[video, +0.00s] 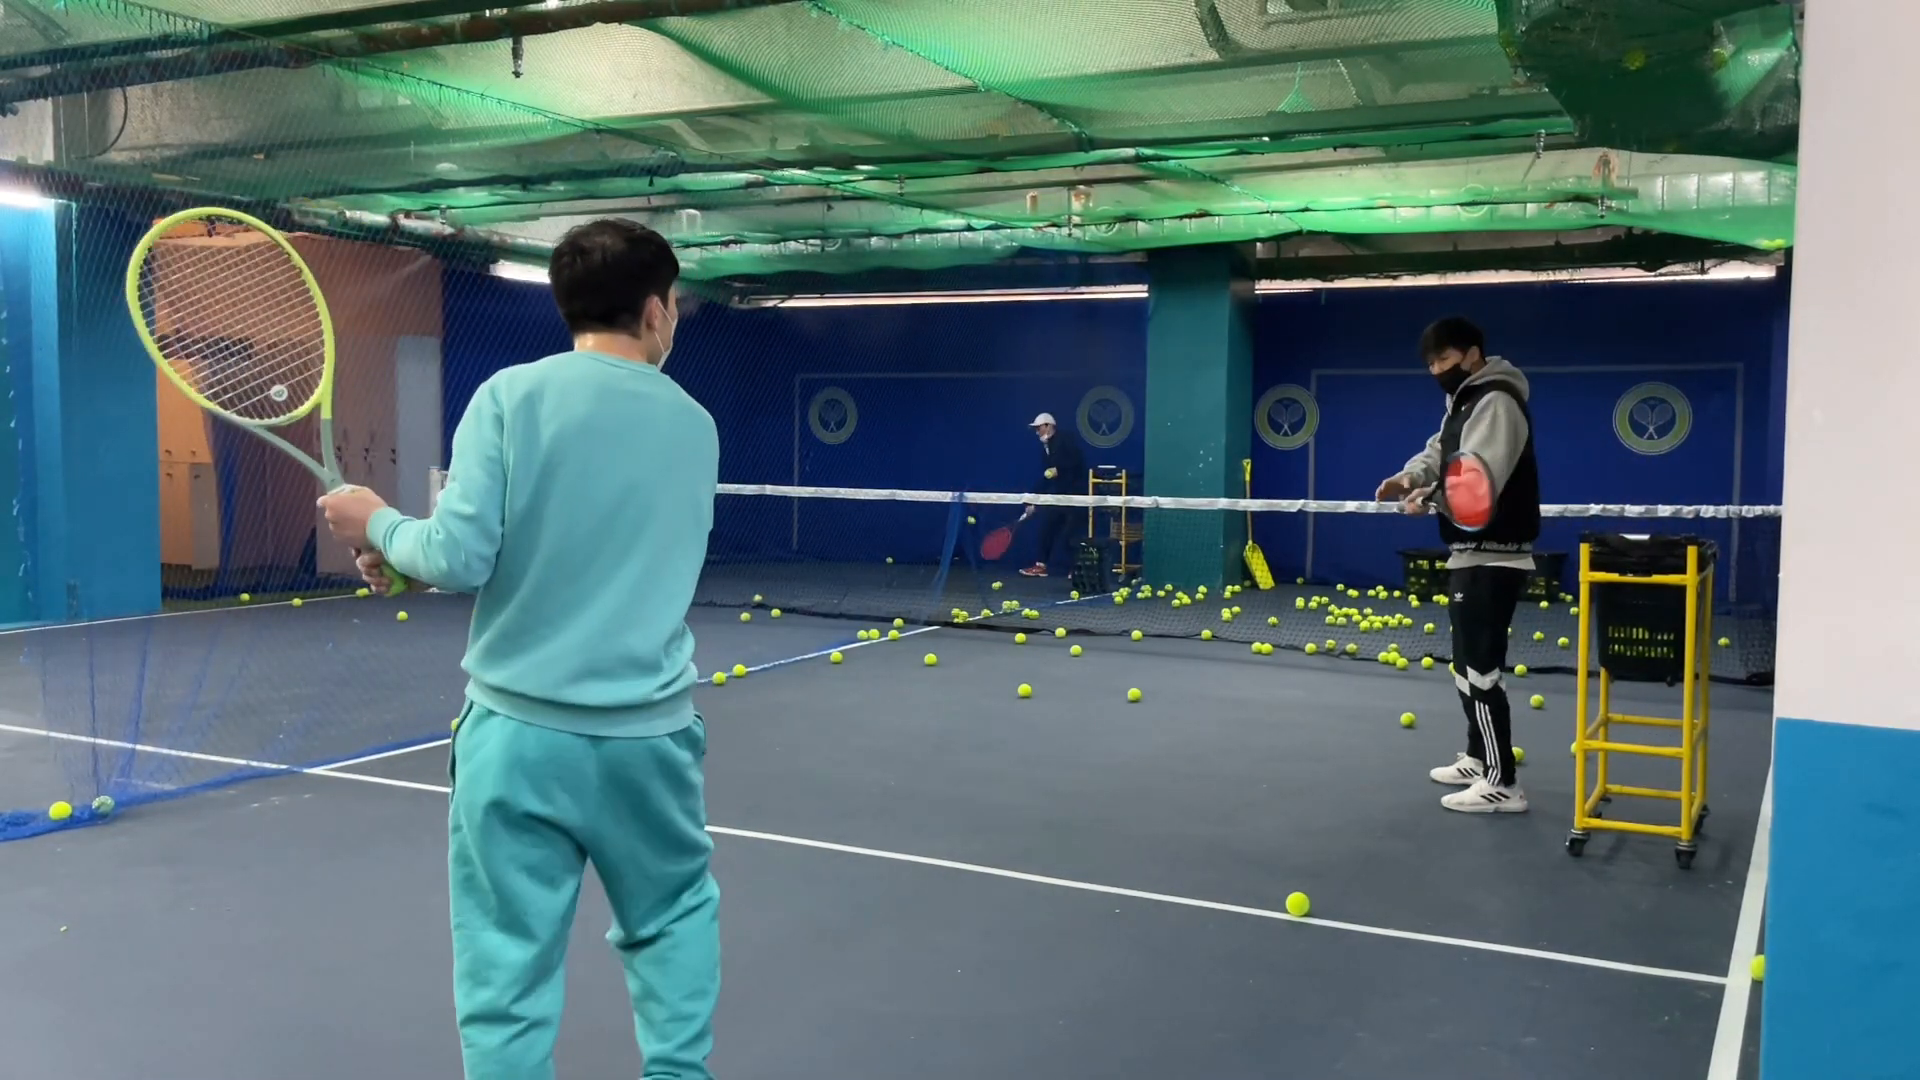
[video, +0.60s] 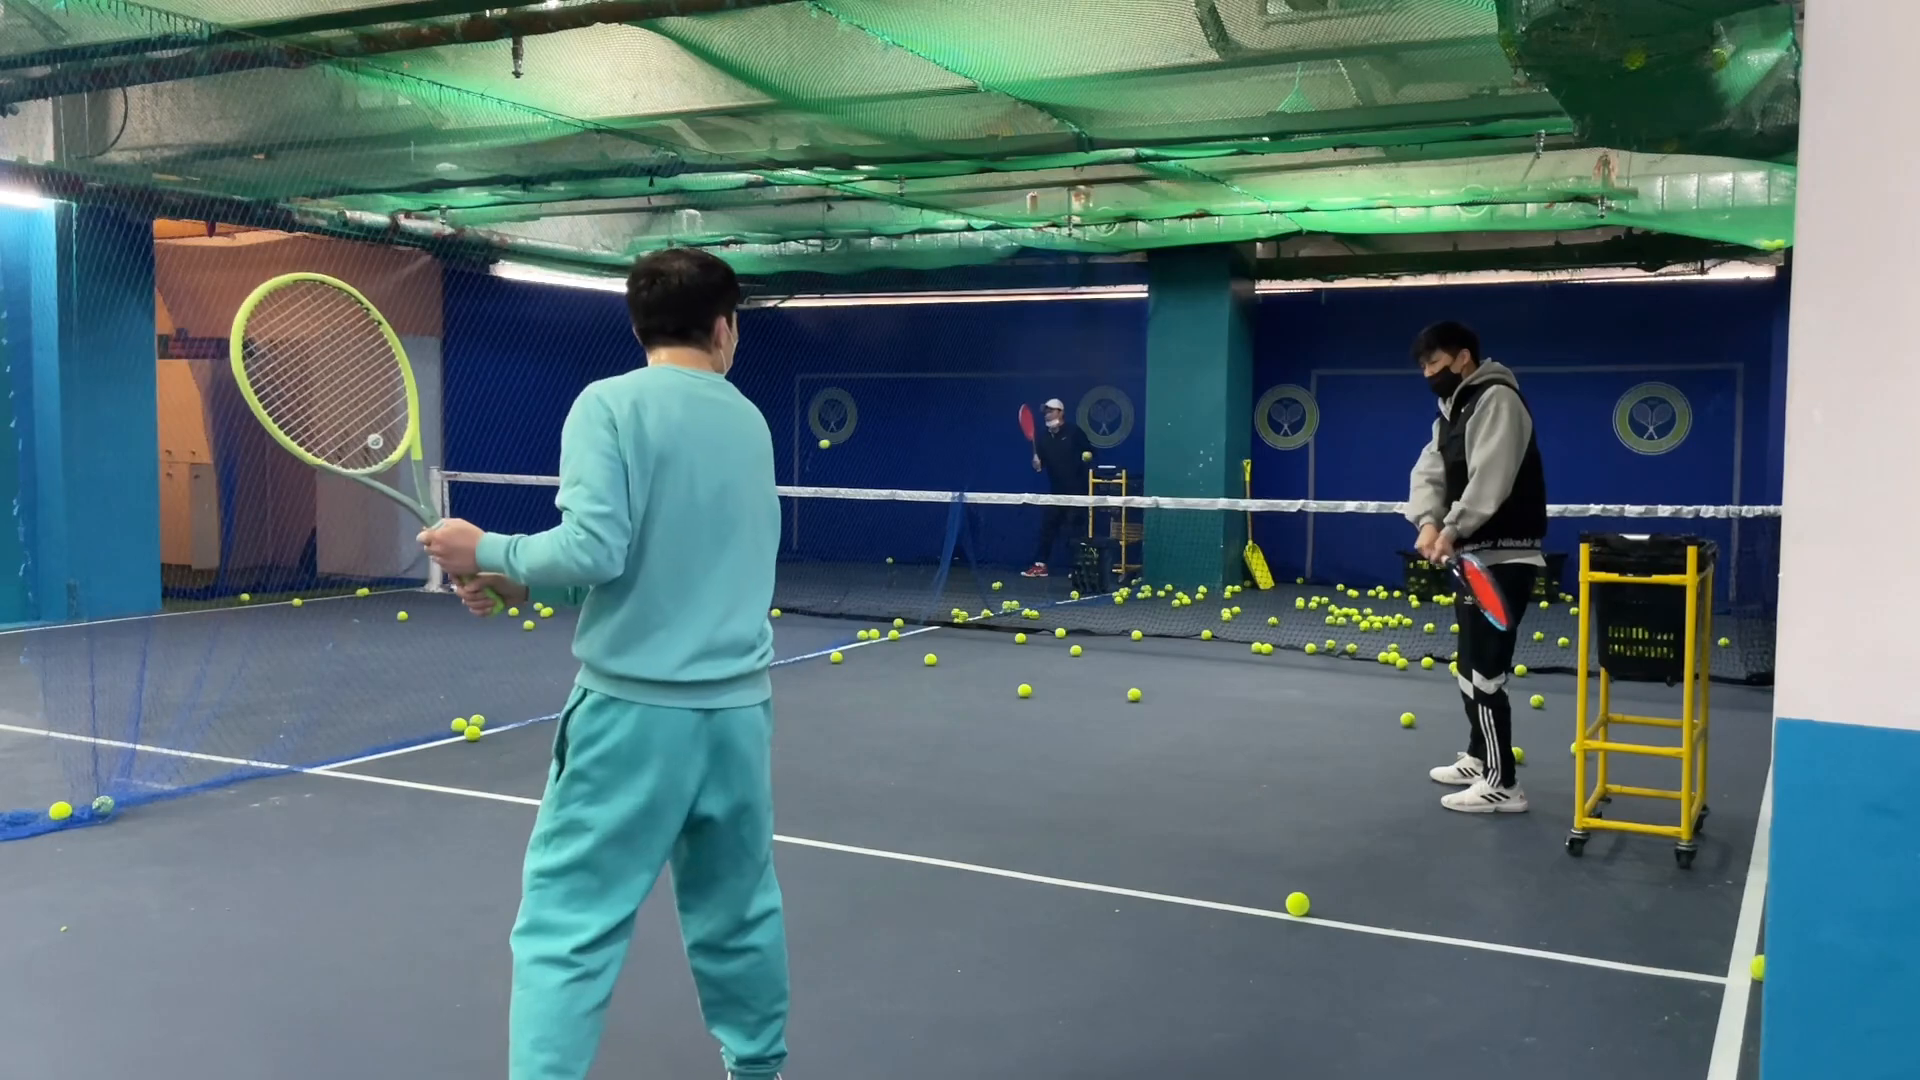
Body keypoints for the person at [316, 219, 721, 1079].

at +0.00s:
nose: (676, 314)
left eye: (674, 298)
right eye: (674, 298)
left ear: (567, 310)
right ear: (653, 308)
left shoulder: (508, 399)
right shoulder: (693, 425)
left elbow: (460, 555)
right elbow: (609, 544)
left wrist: (377, 520)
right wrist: (419, 558)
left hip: (517, 740)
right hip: (647, 743)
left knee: (508, 974)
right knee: (671, 919)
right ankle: (678, 1066)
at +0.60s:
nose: (739, 335)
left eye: (738, 322)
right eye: (737, 322)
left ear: (639, 328)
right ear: (722, 326)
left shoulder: (608, 405)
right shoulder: (748, 419)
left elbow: (596, 550)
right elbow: (685, 556)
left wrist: (484, 549)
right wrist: (520, 577)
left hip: (629, 716)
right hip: (740, 714)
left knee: (566, 927)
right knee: (737, 905)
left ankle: (545, 1071)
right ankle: (757, 1064)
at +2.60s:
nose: (733, 339)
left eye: (728, 326)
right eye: (732, 327)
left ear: (639, 332)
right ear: (717, 331)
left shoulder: (615, 399)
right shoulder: (749, 419)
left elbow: (624, 533)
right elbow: (725, 561)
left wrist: (538, 620)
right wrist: (568, 630)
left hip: (637, 699)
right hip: (740, 703)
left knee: (569, 910)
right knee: (736, 897)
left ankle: (537, 1069)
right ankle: (754, 1064)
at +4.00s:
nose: (735, 328)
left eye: (732, 315)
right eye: (734, 316)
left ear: (639, 325)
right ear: (721, 322)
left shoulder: (592, 409)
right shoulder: (766, 425)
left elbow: (555, 555)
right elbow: (769, 548)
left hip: (615, 704)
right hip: (731, 707)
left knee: (570, 909)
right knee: (734, 900)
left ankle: (540, 1069)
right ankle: (750, 1064)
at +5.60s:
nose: (732, 330)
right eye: (731, 319)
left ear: (634, 324)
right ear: (723, 323)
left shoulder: (605, 400)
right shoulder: (754, 426)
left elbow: (533, 535)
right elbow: (657, 563)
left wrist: (469, 513)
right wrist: (521, 556)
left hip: (617, 708)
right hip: (726, 710)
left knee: (579, 920)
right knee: (732, 905)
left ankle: (554, 1071)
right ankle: (752, 1065)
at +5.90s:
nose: (595, 323)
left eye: (597, 313)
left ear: (601, 323)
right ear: (692, 327)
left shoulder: (603, 395)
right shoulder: (707, 415)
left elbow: (551, 507)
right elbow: (595, 531)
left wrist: (433, 468)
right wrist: (458, 518)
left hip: (615, 709)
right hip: (711, 706)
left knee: (581, 931)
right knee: (718, 902)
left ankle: (563, 1071)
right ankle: (752, 1063)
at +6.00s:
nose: (582, 323)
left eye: (583, 312)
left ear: (587, 323)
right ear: (680, 327)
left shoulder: (602, 399)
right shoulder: (692, 415)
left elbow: (575, 513)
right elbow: (573, 533)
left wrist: (444, 473)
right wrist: (451, 519)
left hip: (612, 710)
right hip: (702, 707)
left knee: (577, 932)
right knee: (711, 900)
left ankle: (564, 1071)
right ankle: (751, 1063)